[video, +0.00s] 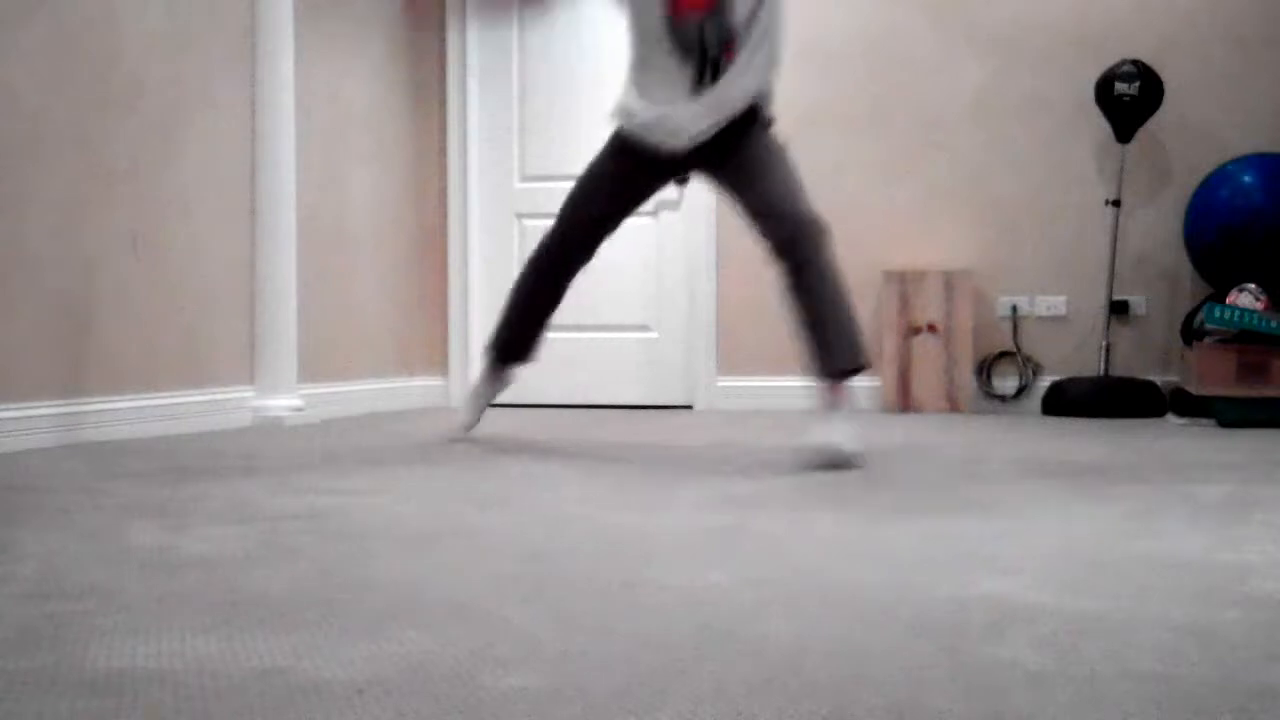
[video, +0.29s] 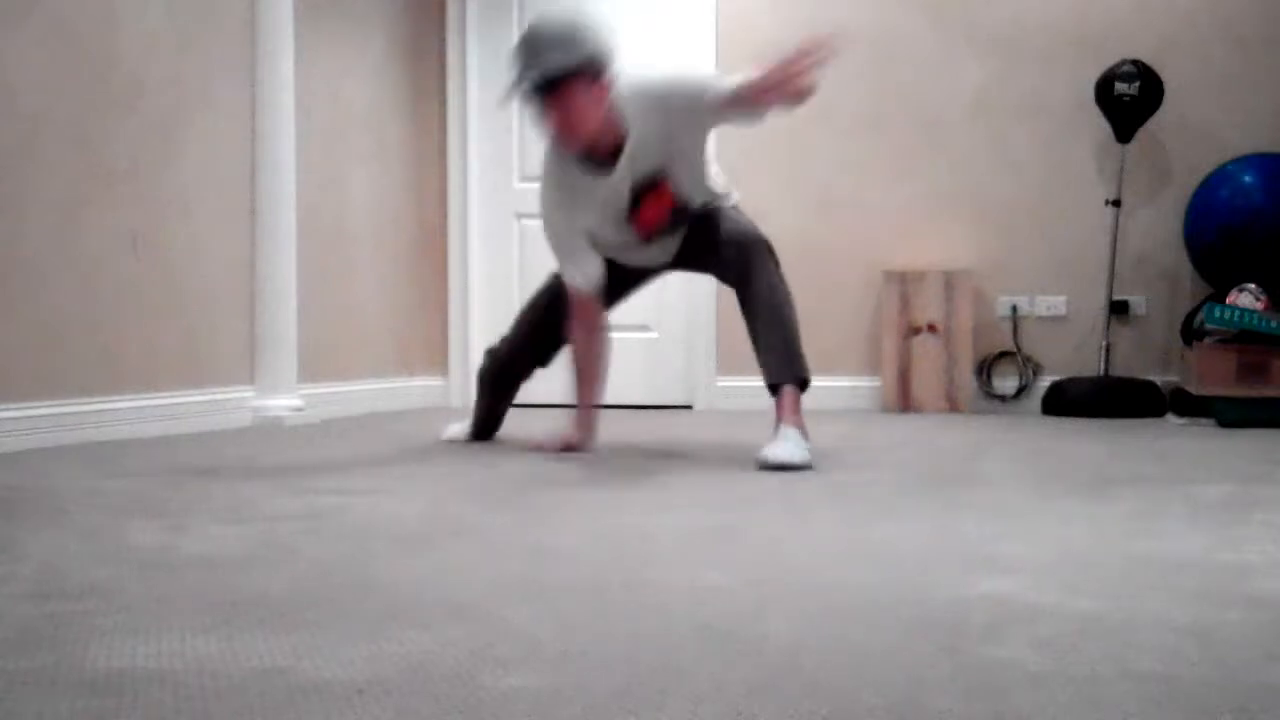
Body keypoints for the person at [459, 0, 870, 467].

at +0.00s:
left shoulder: (761, 7)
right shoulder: (644, 6)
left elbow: (758, 69)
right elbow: (643, 64)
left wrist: (686, 125)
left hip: (732, 125)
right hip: (648, 127)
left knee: (801, 238)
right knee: (565, 245)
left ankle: (840, 397)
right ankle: (496, 370)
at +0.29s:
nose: (556, 117)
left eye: (565, 96)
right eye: (546, 102)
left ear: (601, 86)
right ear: (541, 108)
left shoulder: (662, 103)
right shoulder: (561, 195)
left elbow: (735, 102)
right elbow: (586, 311)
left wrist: (773, 90)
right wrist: (583, 430)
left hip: (694, 227)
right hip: (618, 256)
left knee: (753, 254)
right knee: (513, 354)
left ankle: (790, 424)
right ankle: (480, 430)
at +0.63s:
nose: (442, 178)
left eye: (437, 156)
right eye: (432, 177)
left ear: (467, 128)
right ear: (443, 186)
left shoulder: (527, 113)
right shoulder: (555, 228)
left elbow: (591, 30)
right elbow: (607, 328)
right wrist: (591, 438)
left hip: (755, 170)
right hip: (724, 209)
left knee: (687, 285)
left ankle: (803, 430)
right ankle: (904, 343)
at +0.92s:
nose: (548, 131)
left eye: (551, 112)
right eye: (534, 128)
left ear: (581, 106)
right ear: (532, 146)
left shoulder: (645, 153)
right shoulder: (566, 219)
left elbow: (750, 164)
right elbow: (593, 326)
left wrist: (820, 117)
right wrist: (589, 437)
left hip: (721, 188)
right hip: (714, 254)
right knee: (568, 300)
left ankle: (600, 13)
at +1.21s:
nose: (726, 137)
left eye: (745, 133)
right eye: (726, 124)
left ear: (772, 157)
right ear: (716, 129)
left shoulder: (759, 212)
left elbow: (745, 336)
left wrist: (734, 441)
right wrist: (581, 428)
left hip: (592, 314)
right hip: (534, 272)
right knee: (572, 126)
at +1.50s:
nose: (682, 151)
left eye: (696, 141)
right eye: (679, 136)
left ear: (739, 133)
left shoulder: (744, 229)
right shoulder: (754, 109)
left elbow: (739, 336)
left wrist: (731, 445)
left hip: (686, 282)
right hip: (671, 196)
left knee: (643, 351)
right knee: (553, 117)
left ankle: (587, 415)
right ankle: (435, 77)